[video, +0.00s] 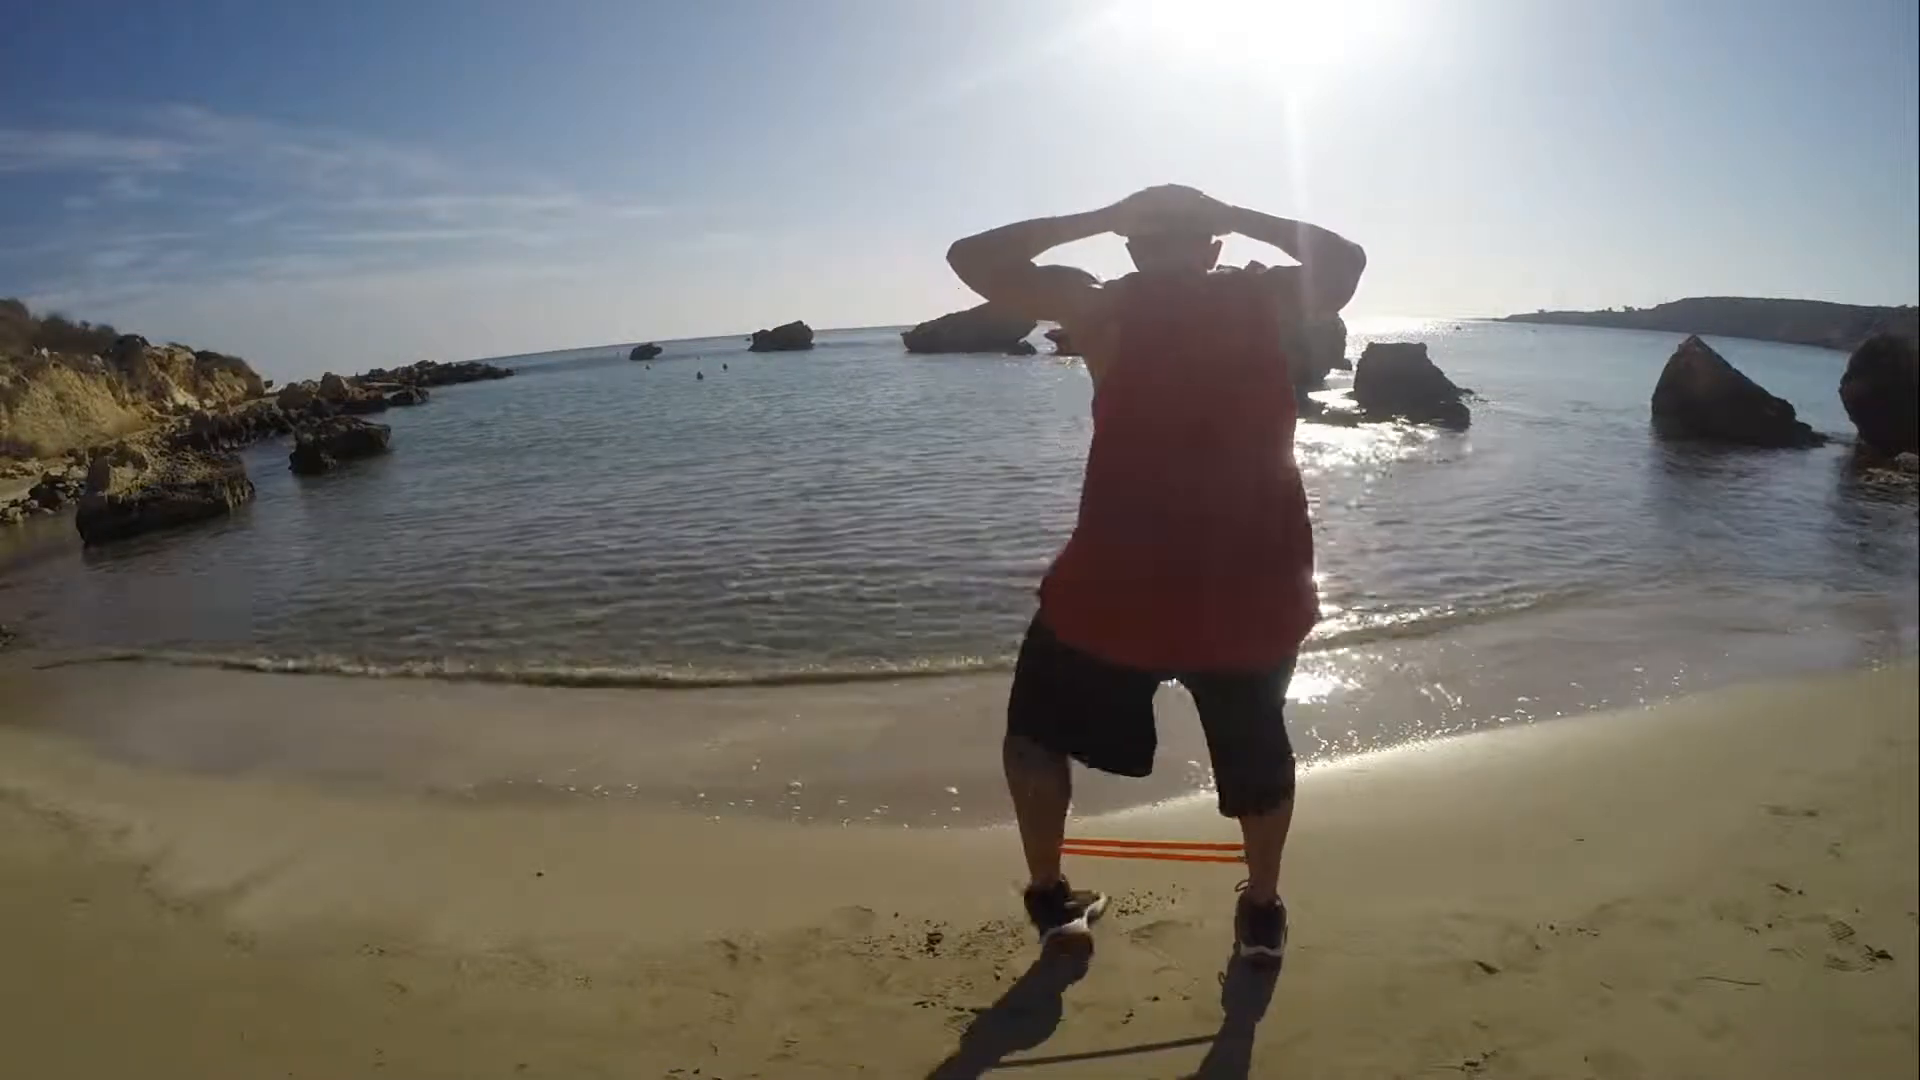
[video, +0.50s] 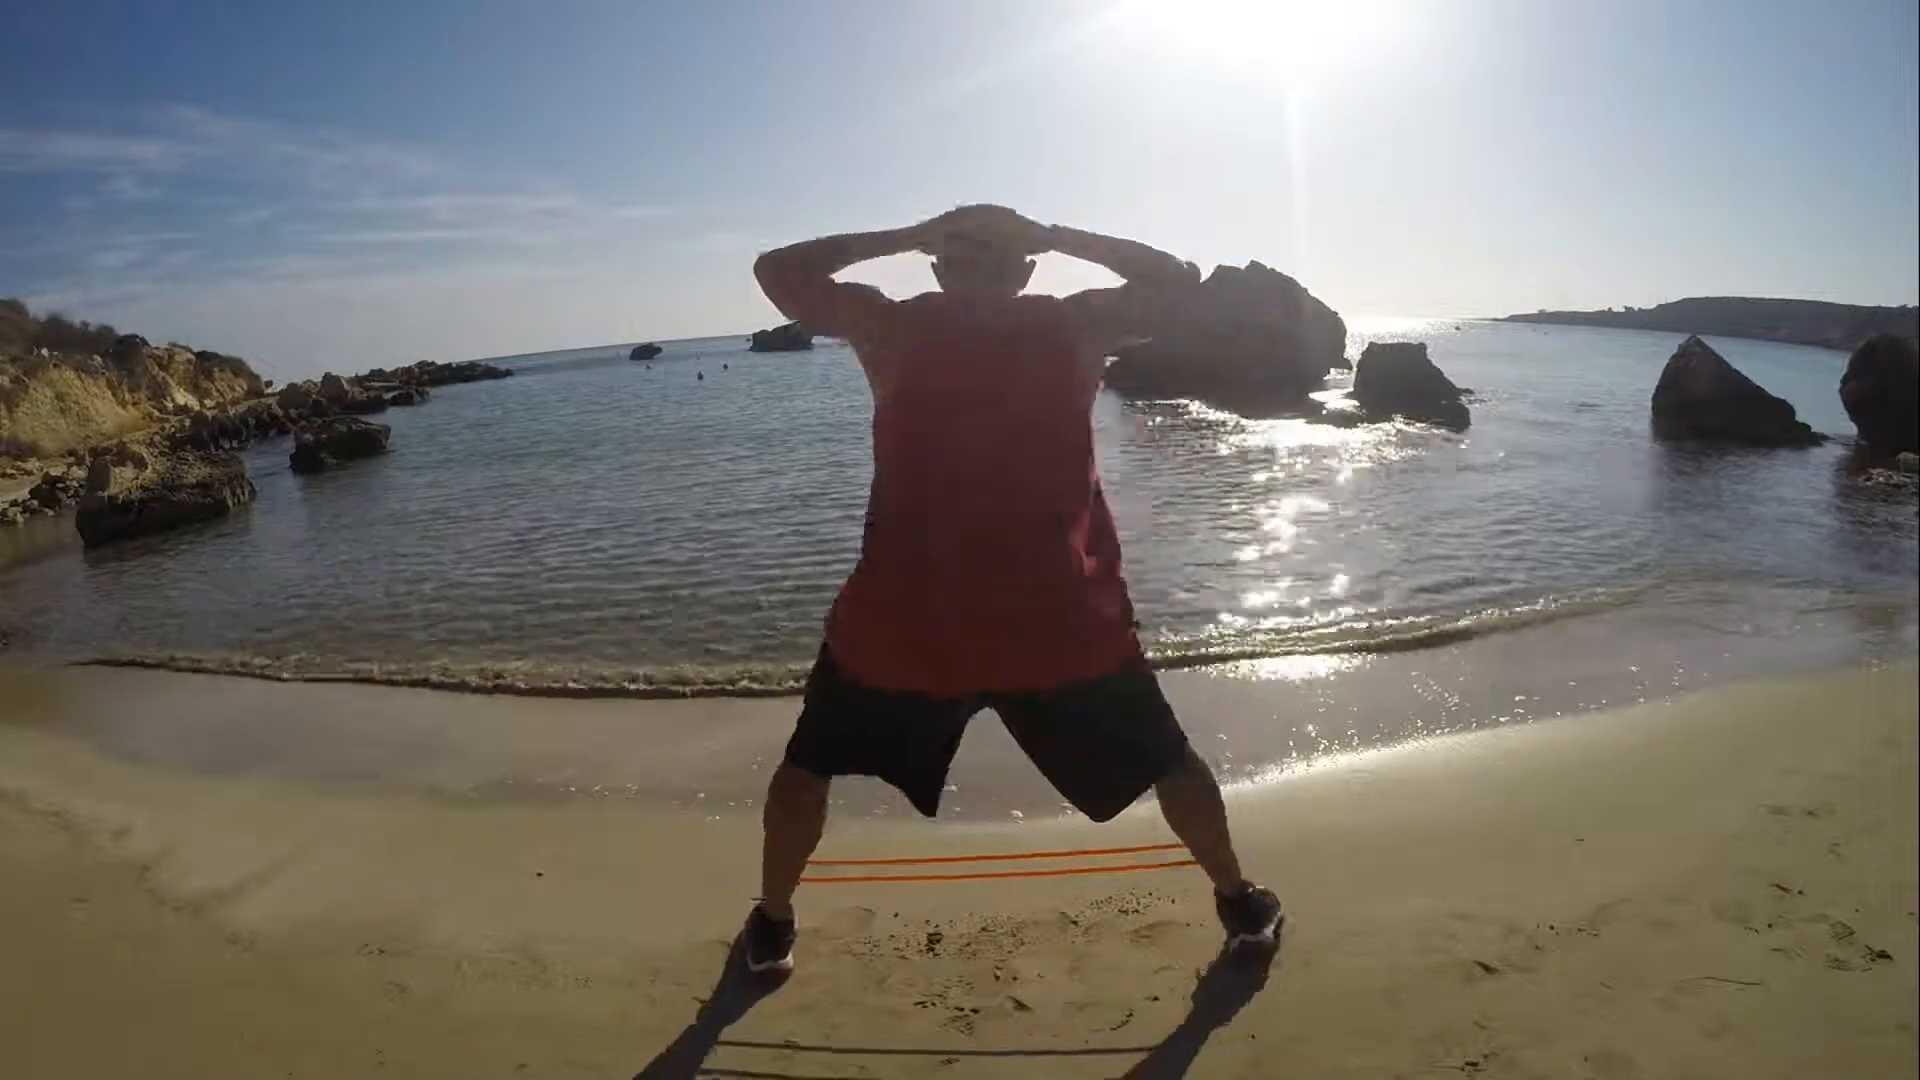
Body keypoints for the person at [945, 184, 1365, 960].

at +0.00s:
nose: (1145, 254)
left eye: (1142, 239)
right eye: (1152, 236)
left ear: (1133, 244)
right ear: (1212, 241)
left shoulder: (1109, 310)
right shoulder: (1272, 298)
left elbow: (973, 257)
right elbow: (1345, 257)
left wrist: (1102, 217)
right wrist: (1237, 216)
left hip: (1116, 573)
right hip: (1250, 580)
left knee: (1036, 726)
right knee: (1258, 743)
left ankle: (1046, 890)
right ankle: (1263, 906)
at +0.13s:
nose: (1144, 243)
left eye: (1137, 232)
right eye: (1161, 227)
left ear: (1120, 248)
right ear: (1203, 246)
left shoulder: (1089, 310)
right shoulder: (1259, 303)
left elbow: (960, 257)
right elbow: (1334, 263)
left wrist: (1092, 223)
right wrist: (1224, 221)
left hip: (1087, 566)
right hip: (1225, 581)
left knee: (959, 718)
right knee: (1249, 744)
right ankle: (1260, 908)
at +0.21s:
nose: (1135, 258)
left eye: (1126, 244)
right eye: (1150, 245)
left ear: (1107, 254)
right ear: (1184, 253)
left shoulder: (1068, 315)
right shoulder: (1238, 311)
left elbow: (943, 262)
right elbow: (1316, 269)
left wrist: (1077, 228)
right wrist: (1208, 229)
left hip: (1058, 572)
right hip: (1201, 586)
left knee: (909, 726)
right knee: (1240, 748)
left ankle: (822, 881)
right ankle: (1257, 907)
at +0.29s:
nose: (1093, 264)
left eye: (1090, 253)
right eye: (1110, 252)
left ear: (1077, 265)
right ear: (1157, 267)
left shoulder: (1034, 328)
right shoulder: (1209, 326)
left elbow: (911, 273)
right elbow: (1289, 275)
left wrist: (1042, 239)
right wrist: (1177, 237)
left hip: (1021, 594)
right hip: (1170, 606)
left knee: (875, 750)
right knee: (1230, 757)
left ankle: (784, 901)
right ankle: (1255, 904)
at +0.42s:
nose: (1050, 265)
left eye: (1044, 252)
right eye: (1052, 253)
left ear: (1001, 269)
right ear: (1083, 271)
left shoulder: (954, 337)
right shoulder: (1136, 336)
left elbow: (837, 283)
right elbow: (1233, 291)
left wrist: (968, 247)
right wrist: (1116, 246)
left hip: (959, 616)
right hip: (1110, 620)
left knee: (834, 765)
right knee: (1202, 767)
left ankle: (771, 922)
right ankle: (1249, 904)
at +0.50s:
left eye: (961, 247)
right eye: (999, 247)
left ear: (942, 260)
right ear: (1025, 263)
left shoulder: (891, 327)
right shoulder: (1072, 325)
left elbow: (779, 269)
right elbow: (1179, 279)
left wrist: (908, 236)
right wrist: (1057, 236)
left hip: (907, 607)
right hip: (1055, 607)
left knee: (807, 764)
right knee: (1169, 758)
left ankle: (769, 926)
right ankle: (1238, 903)